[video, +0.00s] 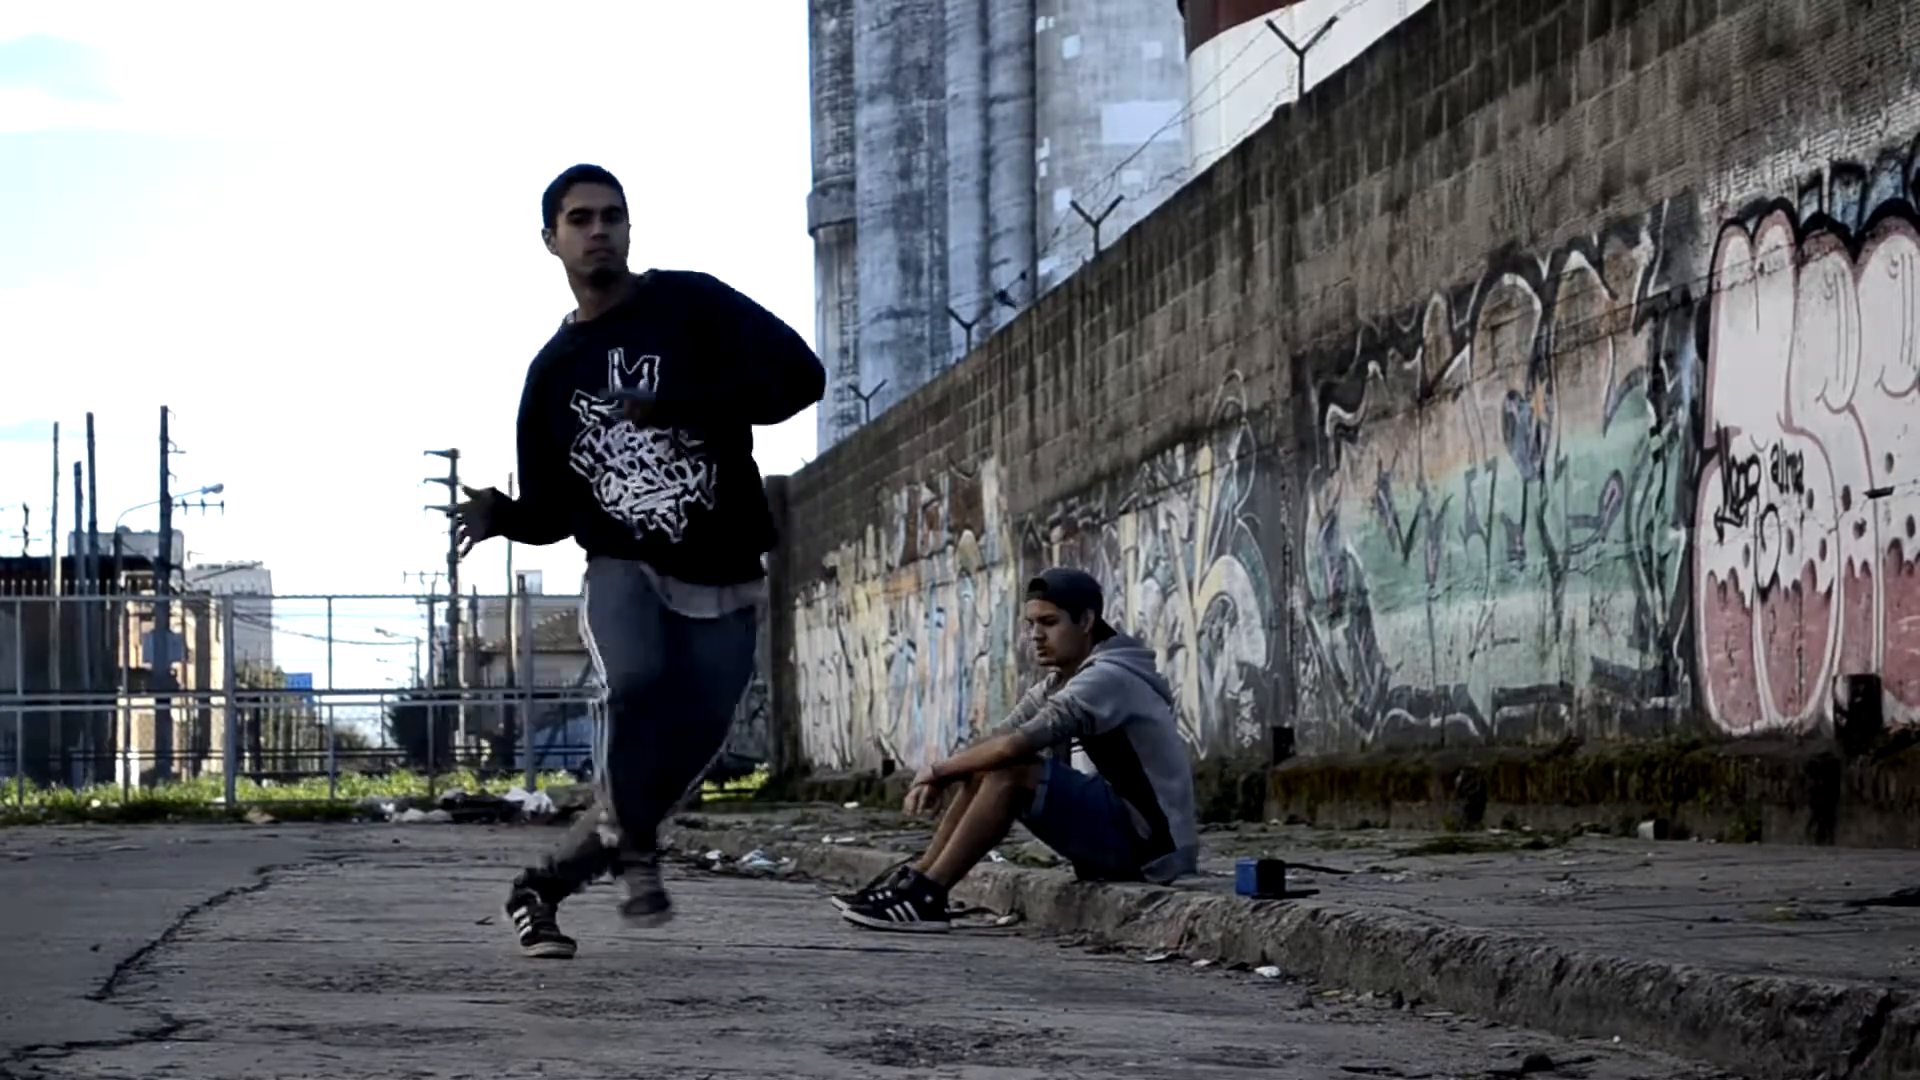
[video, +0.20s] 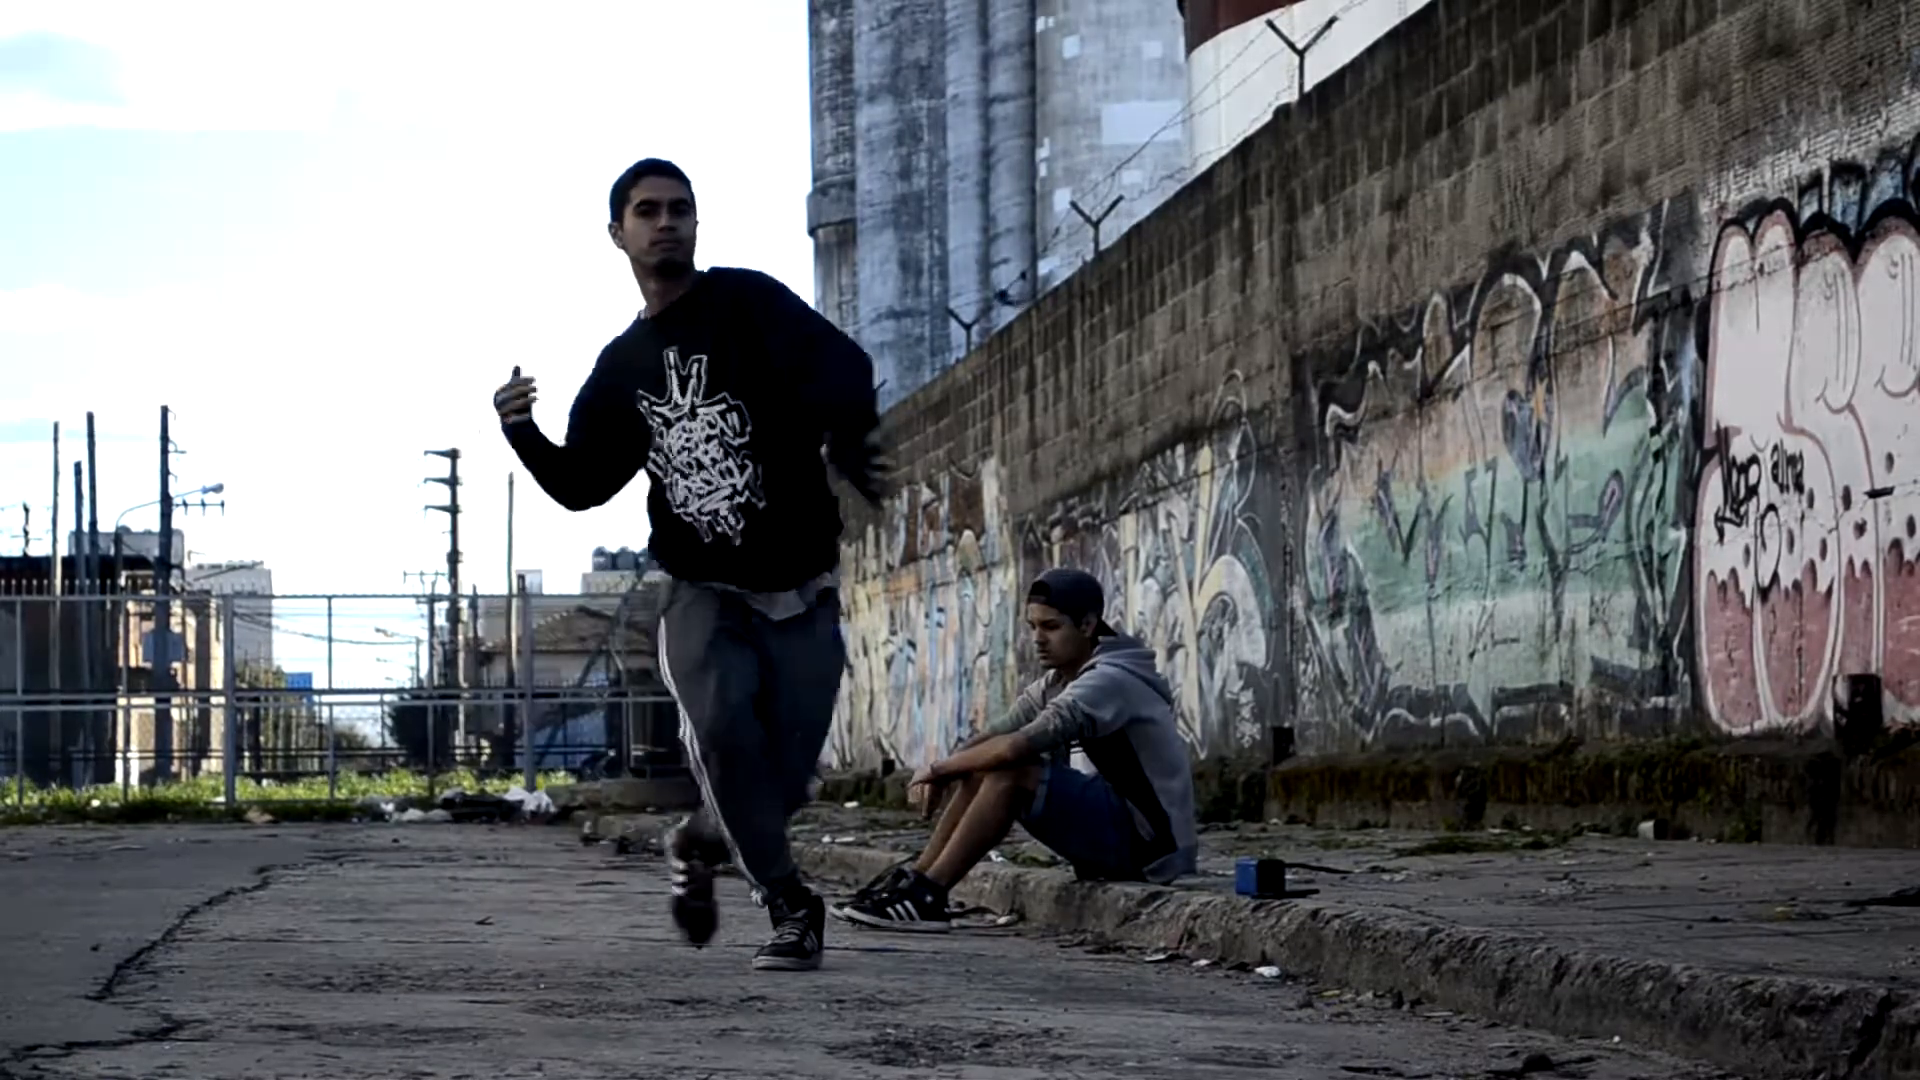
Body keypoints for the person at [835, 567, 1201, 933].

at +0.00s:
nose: (1036, 636)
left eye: (1047, 623)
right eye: (1031, 625)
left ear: (1086, 622)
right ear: (1030, 626)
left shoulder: (1108, 674)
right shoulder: (1065, 677)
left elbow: (1019, 747)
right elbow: (1006, 737)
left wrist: (938, 768)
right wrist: (940, 768)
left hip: (1150, 845)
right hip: (1118, 835)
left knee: (1012, 772)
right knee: (984, 766)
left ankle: (932, 895)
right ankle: (913, 884)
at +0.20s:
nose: (1038, 639)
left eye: (1050, 628)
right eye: (1034, 627)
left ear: (1088, 626)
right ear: (1031, 625)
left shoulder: (1110, 677)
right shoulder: (1062, 678)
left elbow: (1018, 750)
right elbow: (997, 734)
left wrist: (938, 768)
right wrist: (940, 767)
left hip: (1148, 845)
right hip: (1116, 834)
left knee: (1013, 772)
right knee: (982, 764)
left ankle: (932, 895)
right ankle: (913, 883)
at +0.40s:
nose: (1034, 648)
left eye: (1046, 636)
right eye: (1030, 635)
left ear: (1085, 634)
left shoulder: (1107, 676)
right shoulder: (1068, 678)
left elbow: (1017, 748)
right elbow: (1000, 733)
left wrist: (941, 769)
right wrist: (934, 763)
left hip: (1151, 838)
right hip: (1122, 823)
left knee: (1016, 772)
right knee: (994, 763)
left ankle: (934, 893)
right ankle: (914, 882)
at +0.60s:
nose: (1034, 637)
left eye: (1043, 626)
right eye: (1032, 625)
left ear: (1081, 629)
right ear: (1080, 630)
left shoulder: (1102, 676)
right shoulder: (1084, 671)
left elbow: (1018, 750)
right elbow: (1018, 745)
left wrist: (939, 770)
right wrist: (947, 769)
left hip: (1147, 844)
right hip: (1121, 831)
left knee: (1007, 778)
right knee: (979, 772)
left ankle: (934, 893)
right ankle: (914, 882)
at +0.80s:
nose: (1029, 635)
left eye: (1040, 622)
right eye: (1025, 624)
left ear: (1079, 620)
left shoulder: (1093, 671)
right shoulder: (1079, 669)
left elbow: (1011, 747)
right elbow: (1002, 741)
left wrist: (934, 772)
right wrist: (939, 770)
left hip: (1148, 845)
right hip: (1119, 832)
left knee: (1007, 776)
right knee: (981, 768)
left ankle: (932, 894)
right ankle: (912, 883)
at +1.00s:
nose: (1026, 641)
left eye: (1037, 626)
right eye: (1019, 634)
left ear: (1074, 621)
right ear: (1017, 639)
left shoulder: (1096, 670)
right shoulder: (1063, 677)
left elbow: (1011, 744)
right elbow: (1007, 746)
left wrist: (935, 774)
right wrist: (943, 774)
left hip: (1149, 844)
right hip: (1119, 835)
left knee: (1007, 774)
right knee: (983, 769)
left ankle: (932, 895)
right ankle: (913, 881)